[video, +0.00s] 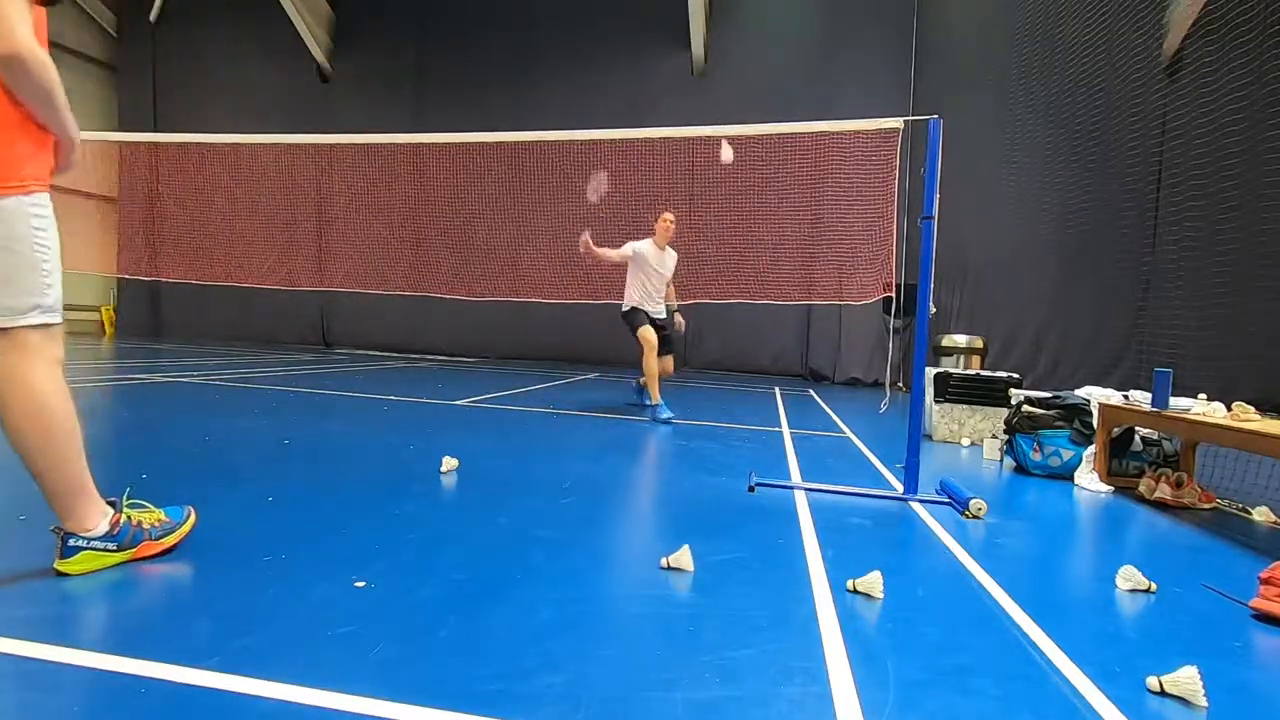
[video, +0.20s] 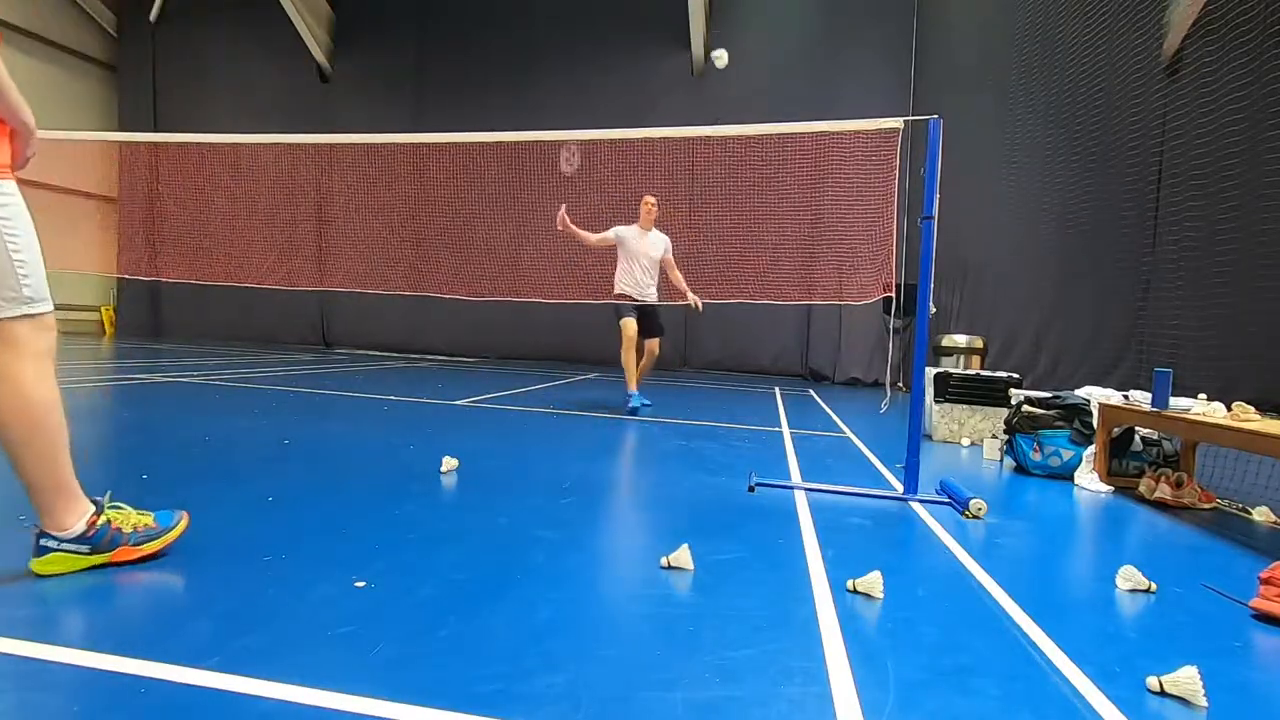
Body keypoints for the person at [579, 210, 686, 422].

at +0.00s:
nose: (669, 226)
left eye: (672, 223)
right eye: (665, 221)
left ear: (675, 229)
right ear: (655, 225)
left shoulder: (672, 256)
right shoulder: (639, 248)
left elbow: (668, 285)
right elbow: (615, 255)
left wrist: (675, 312)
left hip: (658, 312)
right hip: (635, 308)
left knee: (667, 368)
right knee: (651, 342)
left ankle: (642, 383)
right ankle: (657, 403)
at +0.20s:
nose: (649, 208)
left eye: (653, 205)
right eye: (646, 204)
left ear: (658, 211)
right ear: (639, 208)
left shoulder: (663, 240)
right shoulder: (623, 232)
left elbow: (672, 270)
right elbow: (593, 239)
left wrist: (688, 292)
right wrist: (568, 227)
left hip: (648, 300)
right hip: (625, 296)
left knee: (653, 350)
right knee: (630, 332)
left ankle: (633, 387)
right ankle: (632, 393)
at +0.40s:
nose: (631, 201)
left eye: (635, 199)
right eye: (628, 198)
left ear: (640, 204)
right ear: (622, 202)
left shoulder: (649, 231)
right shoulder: (608, 229)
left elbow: (659, 259)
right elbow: (585, 247)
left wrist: (669, 273)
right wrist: (565, 253)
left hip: (637, 293)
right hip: (611, 291)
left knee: (641, 341)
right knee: (600, 337)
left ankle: (634, 391)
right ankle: (590, 384)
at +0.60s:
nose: (609, 212)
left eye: (613, 210)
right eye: (606, 209)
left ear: (619, 216)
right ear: (601, 214)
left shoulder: (629, 240)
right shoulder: (588, 241)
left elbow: (638, 266)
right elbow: (575, 268)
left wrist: (639, 284)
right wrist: (567, 294)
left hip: (619, 300)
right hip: (592, 300)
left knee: (631, 340)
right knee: (576, 341)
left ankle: (633, 389)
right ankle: (564, 380)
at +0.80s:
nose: (597, 211)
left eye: (601, 208)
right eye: (594, 207)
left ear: (606, 213)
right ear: (588, 211)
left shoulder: (617, 236)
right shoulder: (577, 238)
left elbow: (628, 261)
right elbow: (569, 267)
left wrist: (623, 282)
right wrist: (565, 292)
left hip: (610, 296)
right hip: (583, 296)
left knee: (624, 335)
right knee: (571, 338)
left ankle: (634, 385)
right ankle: (564, 382)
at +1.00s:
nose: (599, 214)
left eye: (602, 211)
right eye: (596, 211)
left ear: (608, 215)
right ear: (590, 214)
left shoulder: (618, 239)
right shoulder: (578, 240)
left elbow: (630, 262)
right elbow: (568, 265)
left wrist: (627, 282)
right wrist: (565, 287)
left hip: (611, 297)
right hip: (585, 298)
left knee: (625, 337)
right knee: (575, 339)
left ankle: (632, 386)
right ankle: (569, 380)